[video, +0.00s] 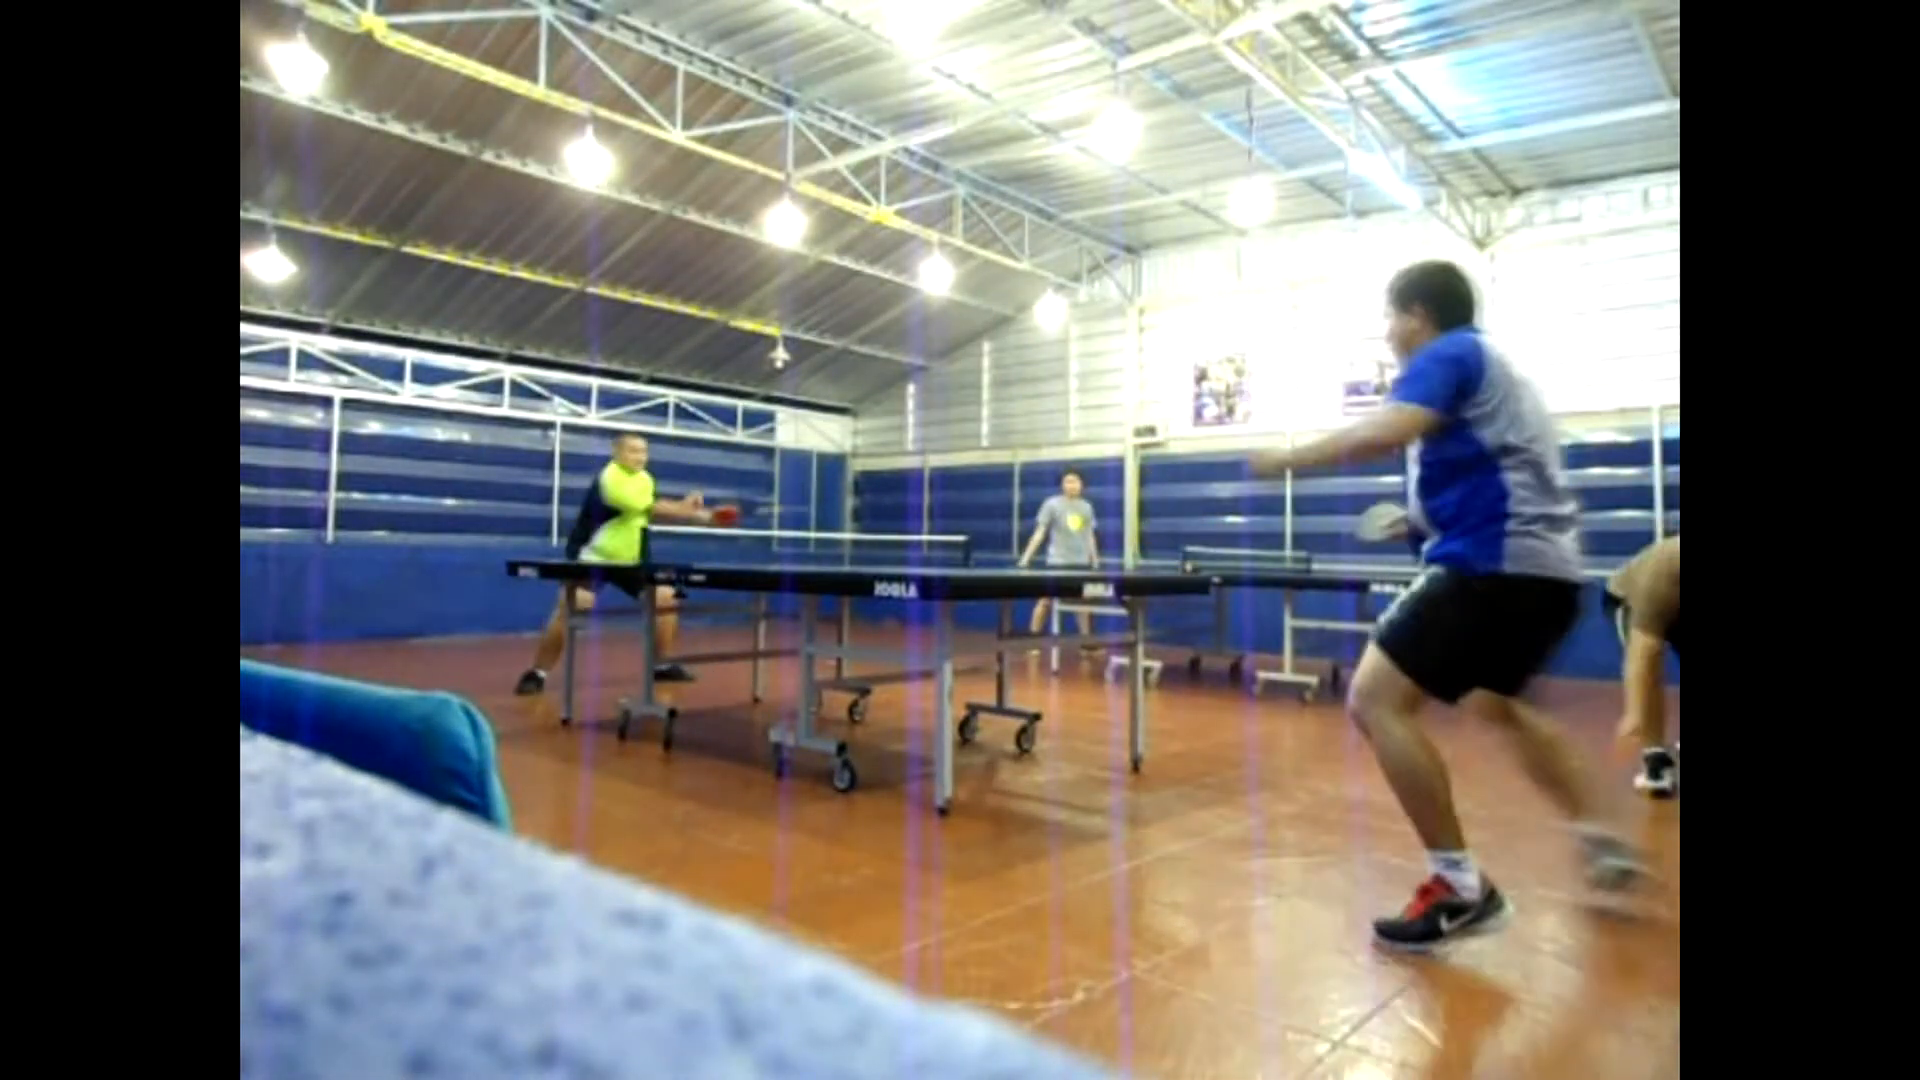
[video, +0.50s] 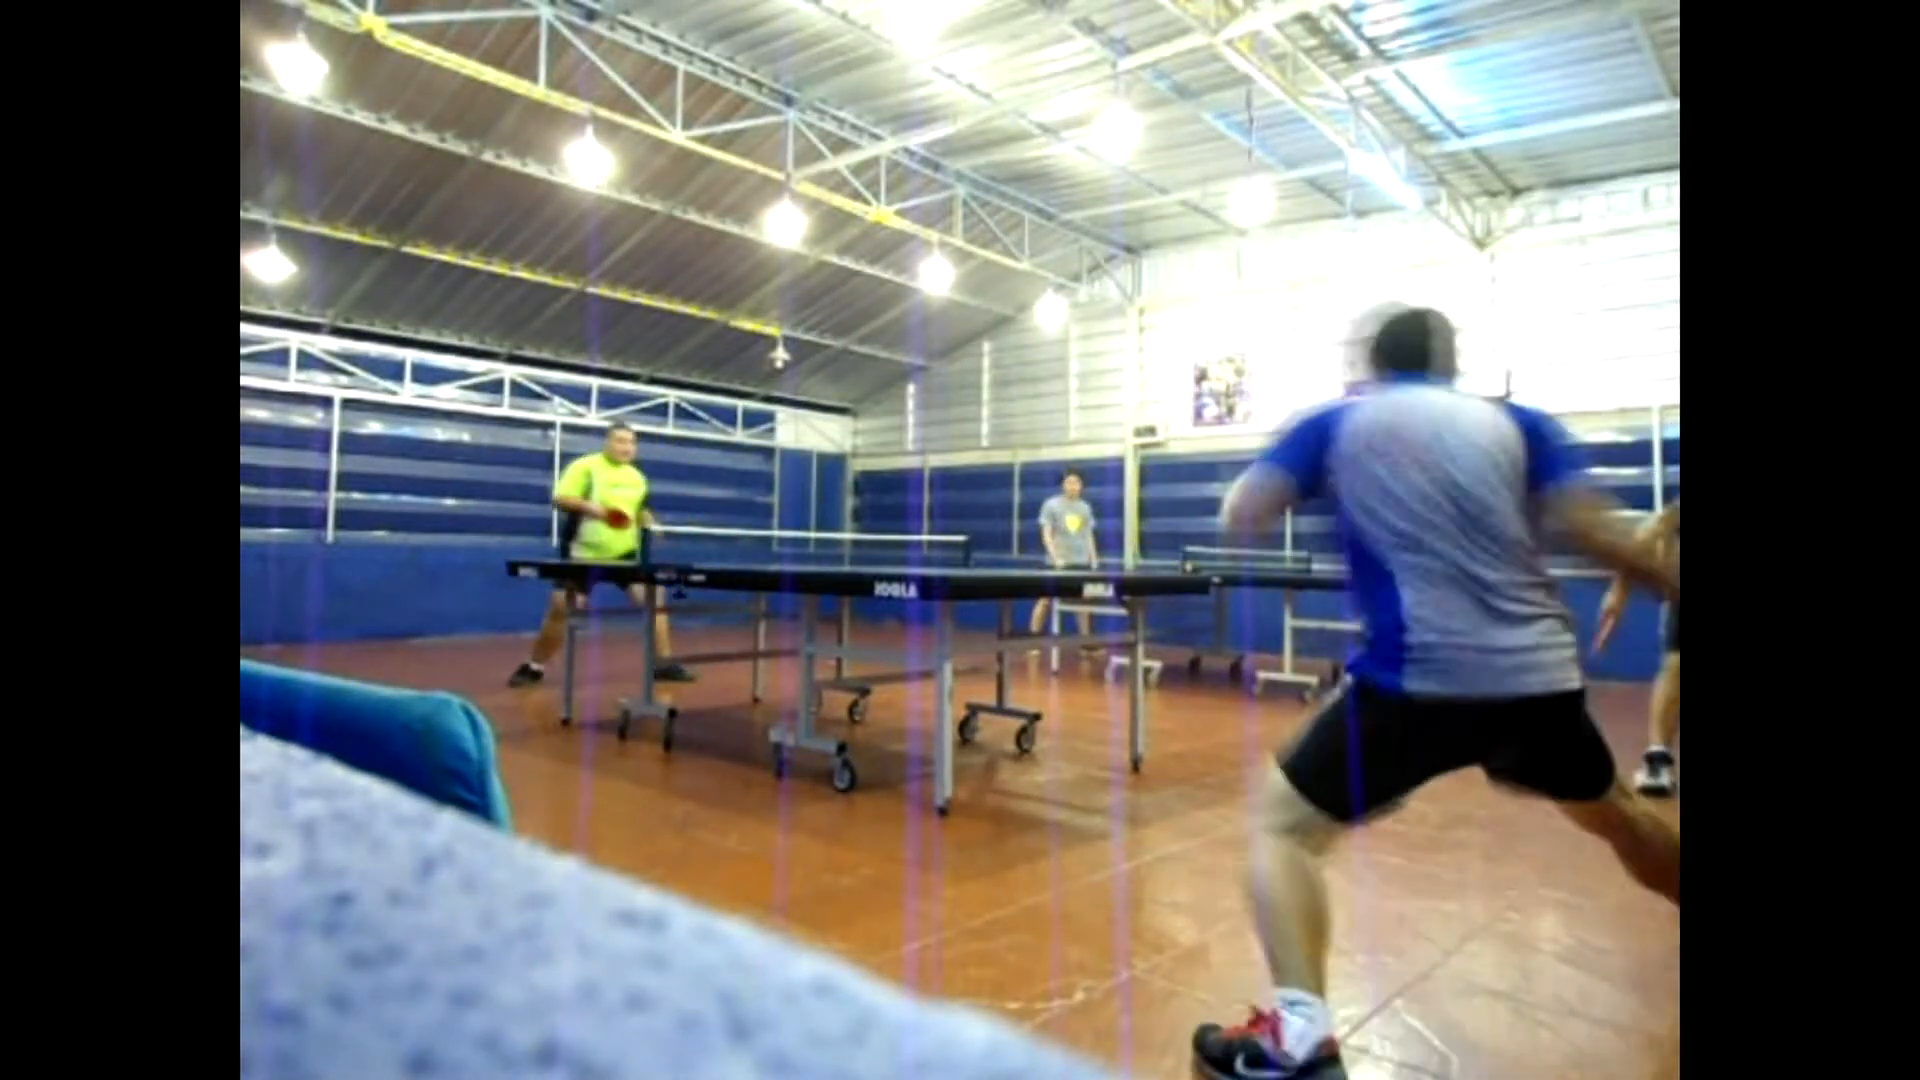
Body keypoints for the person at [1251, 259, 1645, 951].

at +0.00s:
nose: (1390, 334)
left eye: (1394, 319)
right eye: (1390, 321)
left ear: (1418, 316)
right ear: (1459, 314)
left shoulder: (1449, 357)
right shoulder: (1498, 371)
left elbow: (1393, 431)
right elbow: (1498, 482)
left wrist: (1288, 460)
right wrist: (1420, 518)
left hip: (1489, 569)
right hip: (1550, 573)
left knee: (1377, 702)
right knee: (1498, 705)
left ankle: (1459, 886)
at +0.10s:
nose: (1421, 354)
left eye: (1423, 341)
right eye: (1420, 342)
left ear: (1447, 337)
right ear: (1497, 334)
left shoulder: (1459, 377)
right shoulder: (1547, 396)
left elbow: (1430, 454)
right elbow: (1561, 496)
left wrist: (1339, 492)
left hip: (1494, 596)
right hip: (1584, 600)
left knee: (1387, 712)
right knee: (1573, 737)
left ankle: (1437, 905)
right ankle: (1667, 884)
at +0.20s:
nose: (1440, 393)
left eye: (1442, 382)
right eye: (1438, 383)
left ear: (1462, 376)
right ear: (1518, 372)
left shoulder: (1456, 416)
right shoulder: (1594, 437)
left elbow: (1378, 500)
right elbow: (1610, 534)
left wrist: (1331, 540)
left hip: (1508, 616)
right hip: (1610, 625)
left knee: (1405, 752)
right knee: (1579, 741)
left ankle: (1404, 945)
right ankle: (1669, 890)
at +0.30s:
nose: (1440, 410)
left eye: (1444, 400)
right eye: (1442, 401)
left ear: (1462, 396)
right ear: (1527, 394)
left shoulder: (1436, 437)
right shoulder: (1599, 447)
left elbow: (1330, 515)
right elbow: (1655, 558)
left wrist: (1333, 519)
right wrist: (1648, 656)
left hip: (1493, 636)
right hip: (1605, 643)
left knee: (1376, 777)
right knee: (1586, 748)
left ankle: (1419, 966)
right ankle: (1669, 894)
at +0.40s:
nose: (1420, 402)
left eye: (1422, 392)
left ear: (1432, 390)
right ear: (1514, 388)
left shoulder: (1396, 439)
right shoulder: (1568, 431)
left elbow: (1291, 496)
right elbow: (1642, 509)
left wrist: (1309, 486)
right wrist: (1665, 570)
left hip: (1447, 670)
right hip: (1560, 672)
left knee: (1328, 804)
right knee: (1609, 796)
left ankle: (1333, 987)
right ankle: (1674, 903)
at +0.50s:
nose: (1354, 377)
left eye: (1359, 366)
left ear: (1374, 367)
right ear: (1450, 364)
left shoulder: (1338, 424)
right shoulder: (1519, 424)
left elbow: (1242, 518)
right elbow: (1584, 525)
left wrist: (1298, 468)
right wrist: (1663, 577)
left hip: (1412, 689)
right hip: (1537, 688)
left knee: (1283, 827)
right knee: (1621, 819)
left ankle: (1301, 1029)